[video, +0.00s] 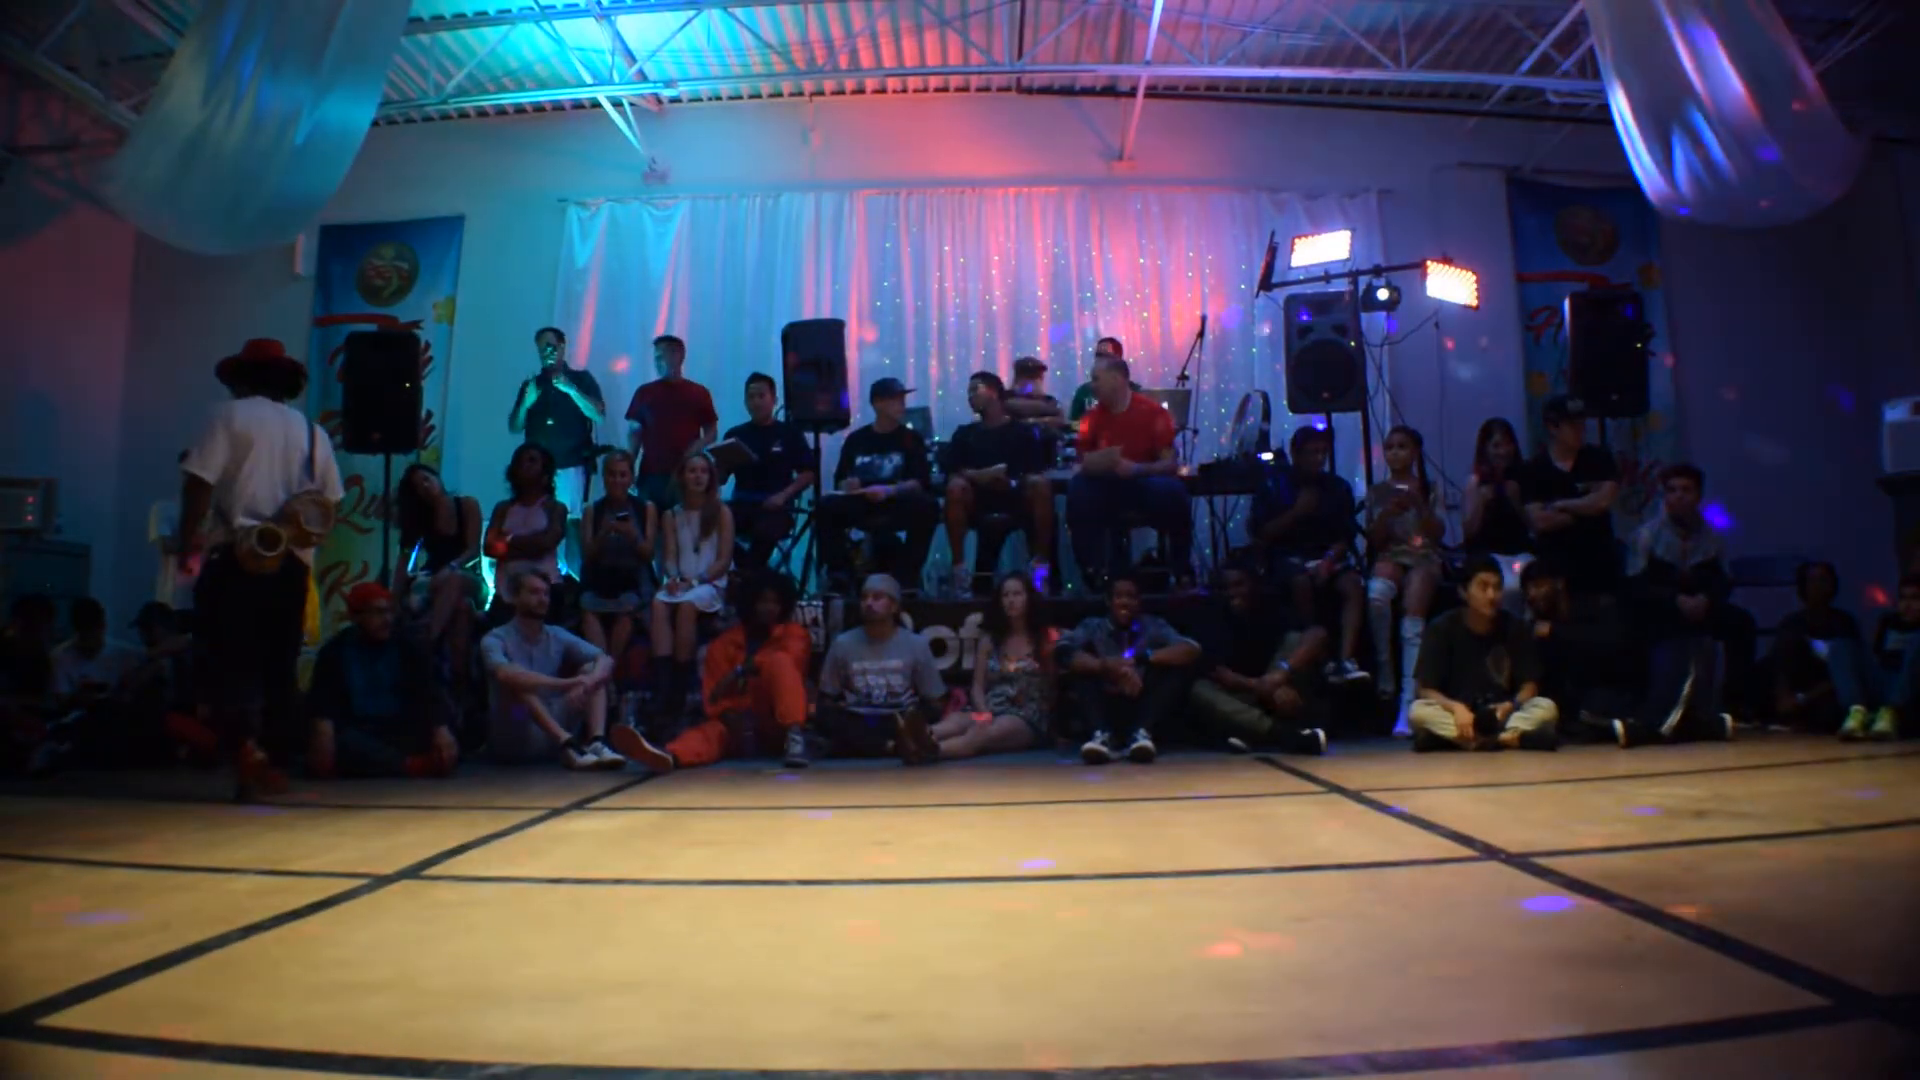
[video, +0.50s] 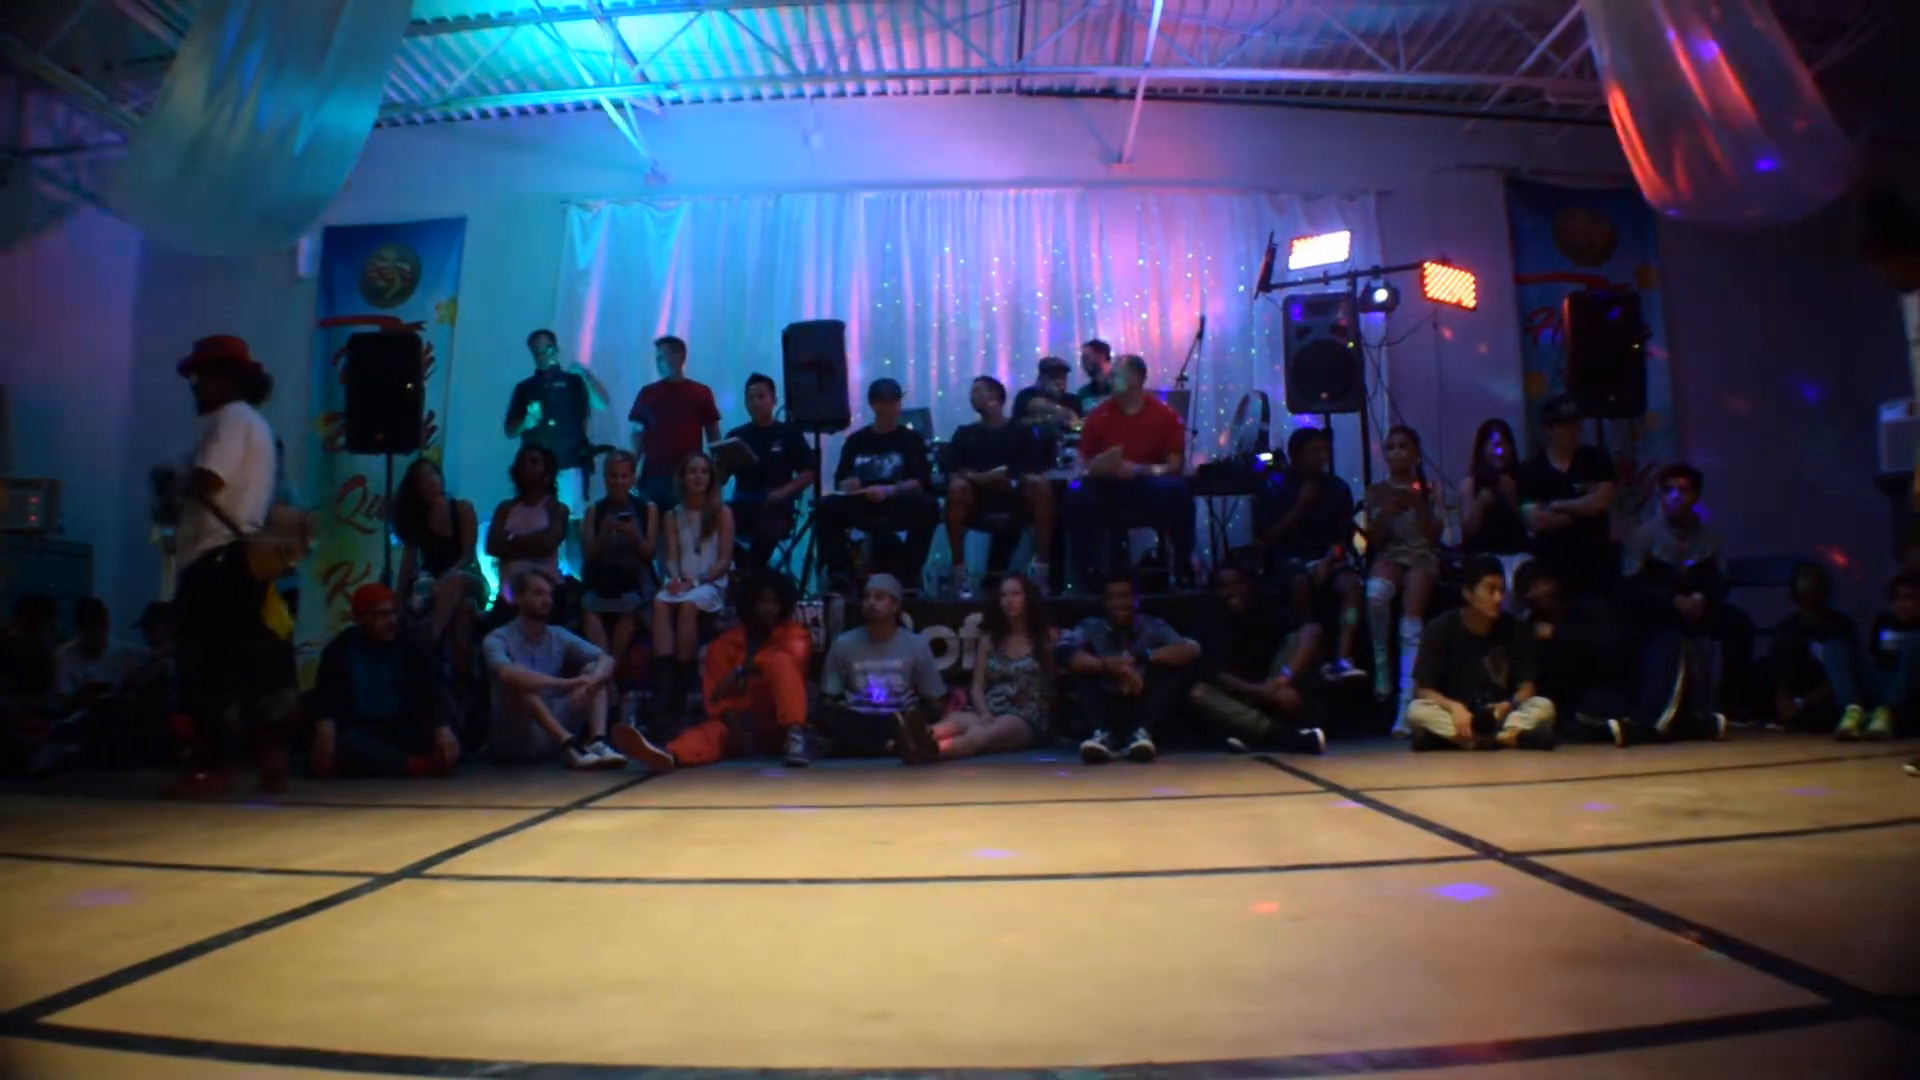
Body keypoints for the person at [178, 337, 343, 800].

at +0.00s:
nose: (233, 384)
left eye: (236, 378)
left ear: (241, 379)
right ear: (287, 383)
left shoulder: (229, 416)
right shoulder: (312, 433)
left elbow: (199, 481)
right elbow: (331, 500)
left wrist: (187, 542)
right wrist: (302, 531)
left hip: (232, 564)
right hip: (289, 568)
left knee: (228, 662)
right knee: (279, 665)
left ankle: (246, 761)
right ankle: (273, 763)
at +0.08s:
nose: (230, 384)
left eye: (233, 378)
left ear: (239, 379)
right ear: (284, 382)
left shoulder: (233, 416)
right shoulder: (308, 431)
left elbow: (200, 480)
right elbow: (323, 499)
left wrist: (194, 534)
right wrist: (296, 531)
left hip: (234, 563)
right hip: (289, 569)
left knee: (223, 664)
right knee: (278, 670)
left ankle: (245, 756)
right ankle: (271, 760)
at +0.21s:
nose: (219, 386)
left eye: (222, 378)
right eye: (219, 379)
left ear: (235, 378)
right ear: (270, 379)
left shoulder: (234, 416)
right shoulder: (292, 429)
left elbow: (205, 483)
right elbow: (297, 498)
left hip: (232, 561)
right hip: (278, 562)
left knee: (211, 660)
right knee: (272, 668)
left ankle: (214, 764)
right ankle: (272, 765)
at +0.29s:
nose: (210, 388)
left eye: (215, 379)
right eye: (211, 379)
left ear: (232, 378)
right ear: (261, 379)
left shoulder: (235, 416)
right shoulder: (284, 430)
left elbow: (207, 484)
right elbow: (282, 500)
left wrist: (242, 522)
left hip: (225, 564)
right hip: (268, 564)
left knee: (205, 665)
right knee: (269, 670)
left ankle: (207, 767)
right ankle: (273, 768)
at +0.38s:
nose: (204, 389)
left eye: (209, 380)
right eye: (204, 380)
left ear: (228, 380)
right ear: (251, 381)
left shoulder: (233, 418)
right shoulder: (271, 428)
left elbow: (207, 485)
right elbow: (270, 498)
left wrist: (178, 498)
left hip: (221, 564)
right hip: (259, 563)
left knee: (205, 667)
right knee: (265, 667)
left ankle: (207, 766)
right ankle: (272, 767)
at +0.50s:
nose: (196, 388)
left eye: (203, 379)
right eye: (196, 380)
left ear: (224, 380)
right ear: (238, 381)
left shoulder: (233, 419)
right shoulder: (254, 424)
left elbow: (210, 481)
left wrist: (174, 481)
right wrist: (183, 486)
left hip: (216, 564)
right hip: (237, 561)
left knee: (204, 668)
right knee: (242, 665)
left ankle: (208, 764)